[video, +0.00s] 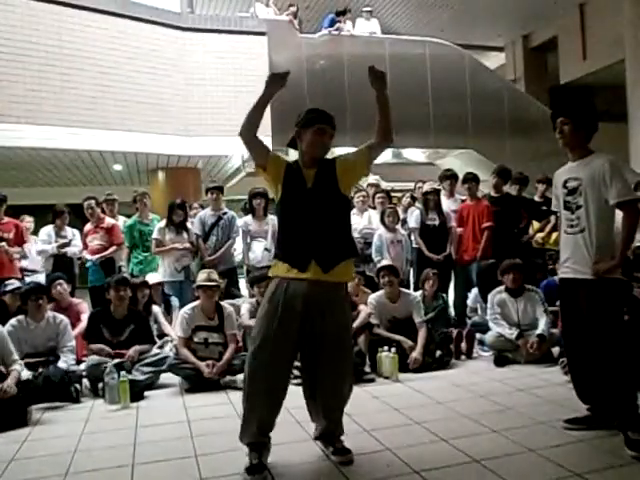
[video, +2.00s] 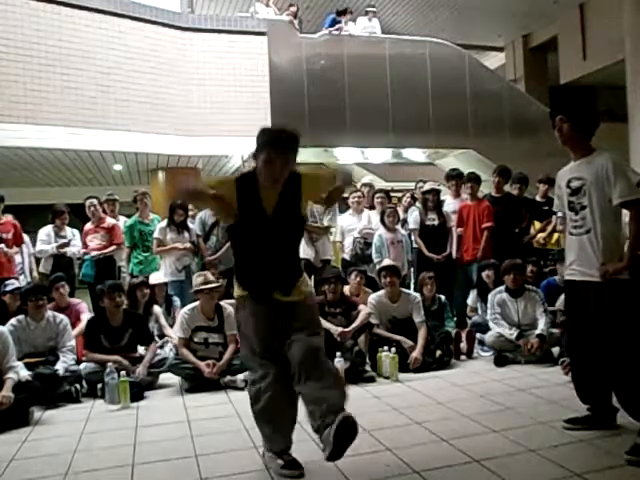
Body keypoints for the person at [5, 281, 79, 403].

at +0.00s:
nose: (39, 302)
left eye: (42, 298)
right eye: (34, 299)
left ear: (47, 301)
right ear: (26, 304)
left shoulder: (60, 322)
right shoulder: (13, 327)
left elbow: (68, 352)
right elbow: (12, 361)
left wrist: (57, 370)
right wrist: (30, 376)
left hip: (54, 368)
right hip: (27, 372)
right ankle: (68, 393)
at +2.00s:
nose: (39, 303)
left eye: (42, 299)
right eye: (33, 300)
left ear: (47, 301)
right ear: (25, 305)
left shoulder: (60, 321)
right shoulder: (14, 325)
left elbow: (68, 352)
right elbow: (10, 358)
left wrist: (58, 370)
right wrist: (23, 374)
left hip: (53, 367)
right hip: (28, 370)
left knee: (75, 375)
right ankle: (65, 394)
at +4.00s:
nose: (48, 302)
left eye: (50, 298)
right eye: (42, 299)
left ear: (54, 301)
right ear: (31, 304)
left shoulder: (64, 323)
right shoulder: (19, 328)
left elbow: (72, 353)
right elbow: (13, 357)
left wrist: (63, 373)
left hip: (58, 369)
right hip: (33, 372)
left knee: (79, 375)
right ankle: (69, 397)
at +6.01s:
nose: (44, 305)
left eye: (47, 301)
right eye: (39, 301)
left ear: (52, 303)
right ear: (31, 305)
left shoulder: (64, 323)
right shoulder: (18, 328)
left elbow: (72, 353)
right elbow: (14, 358)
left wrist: (63, 373)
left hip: (58, 369)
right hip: (32, 372)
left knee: (79, 375)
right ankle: (69, 397)